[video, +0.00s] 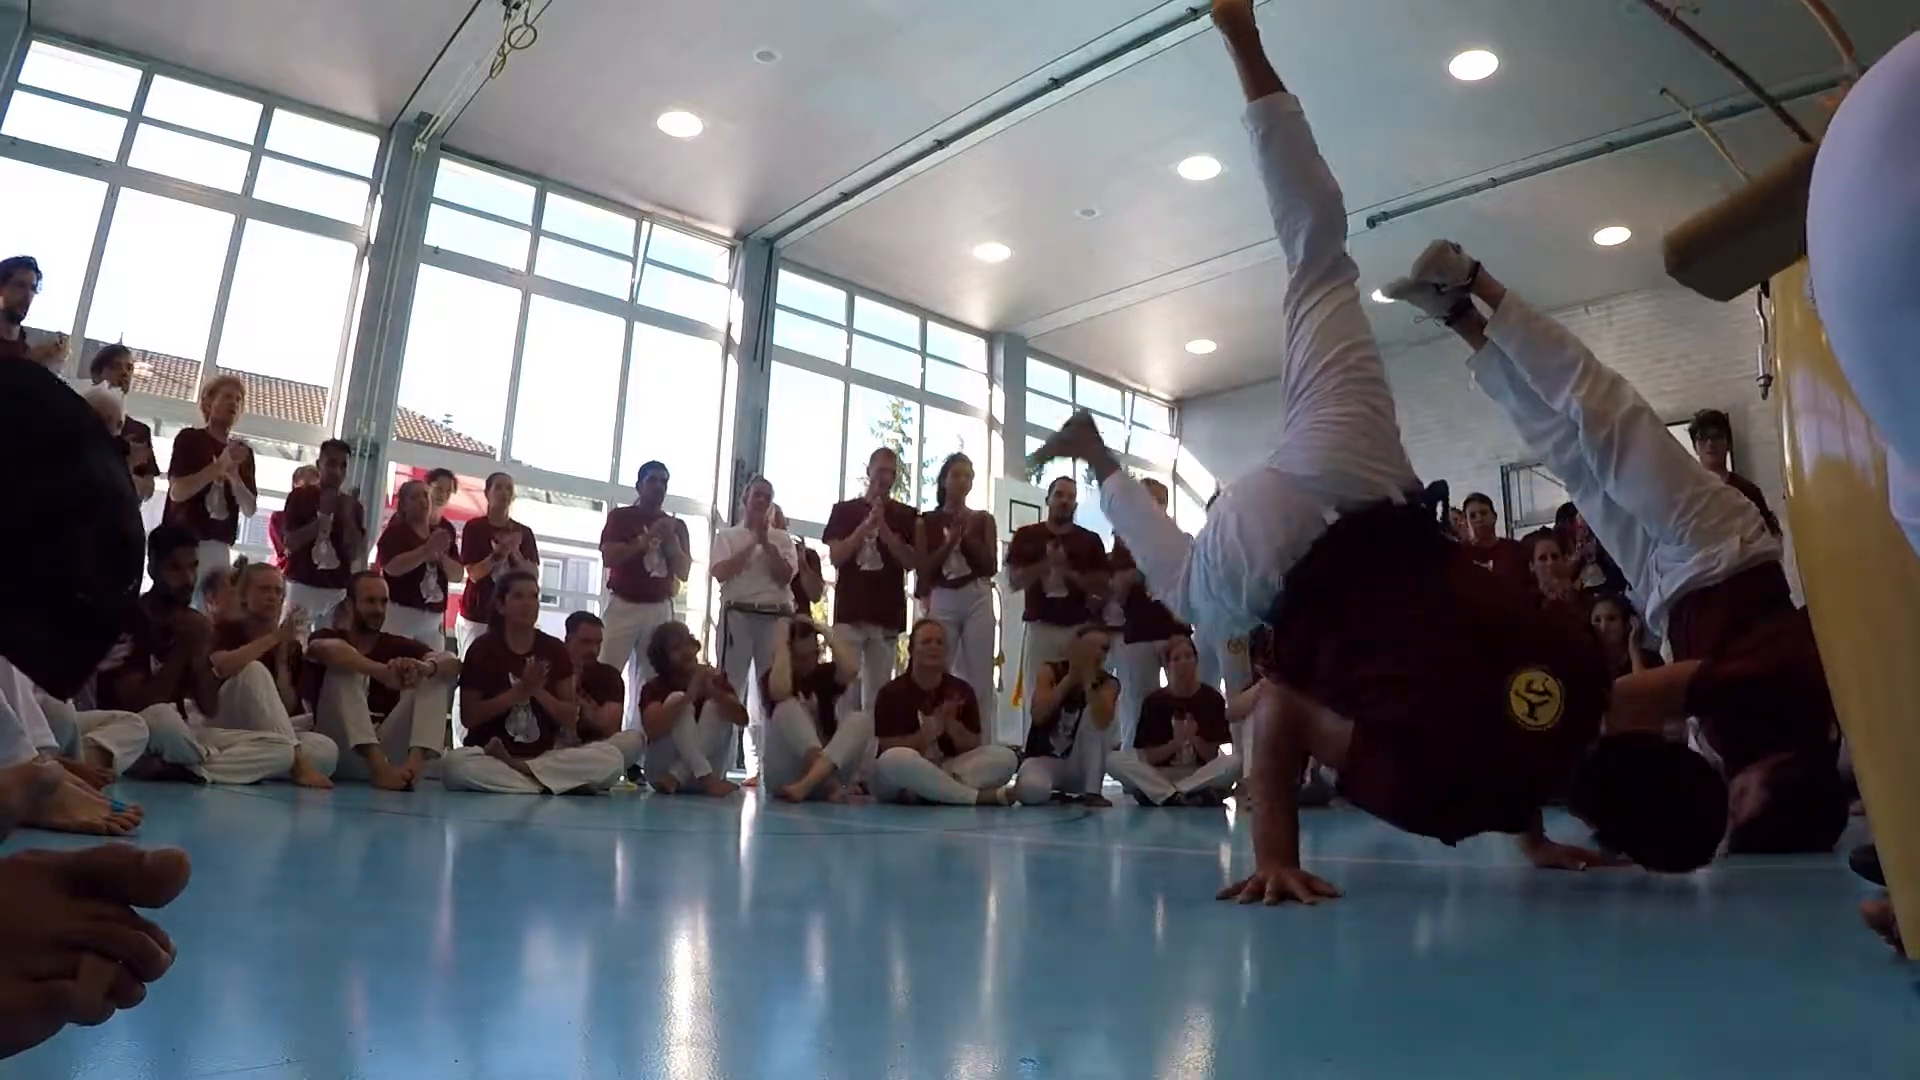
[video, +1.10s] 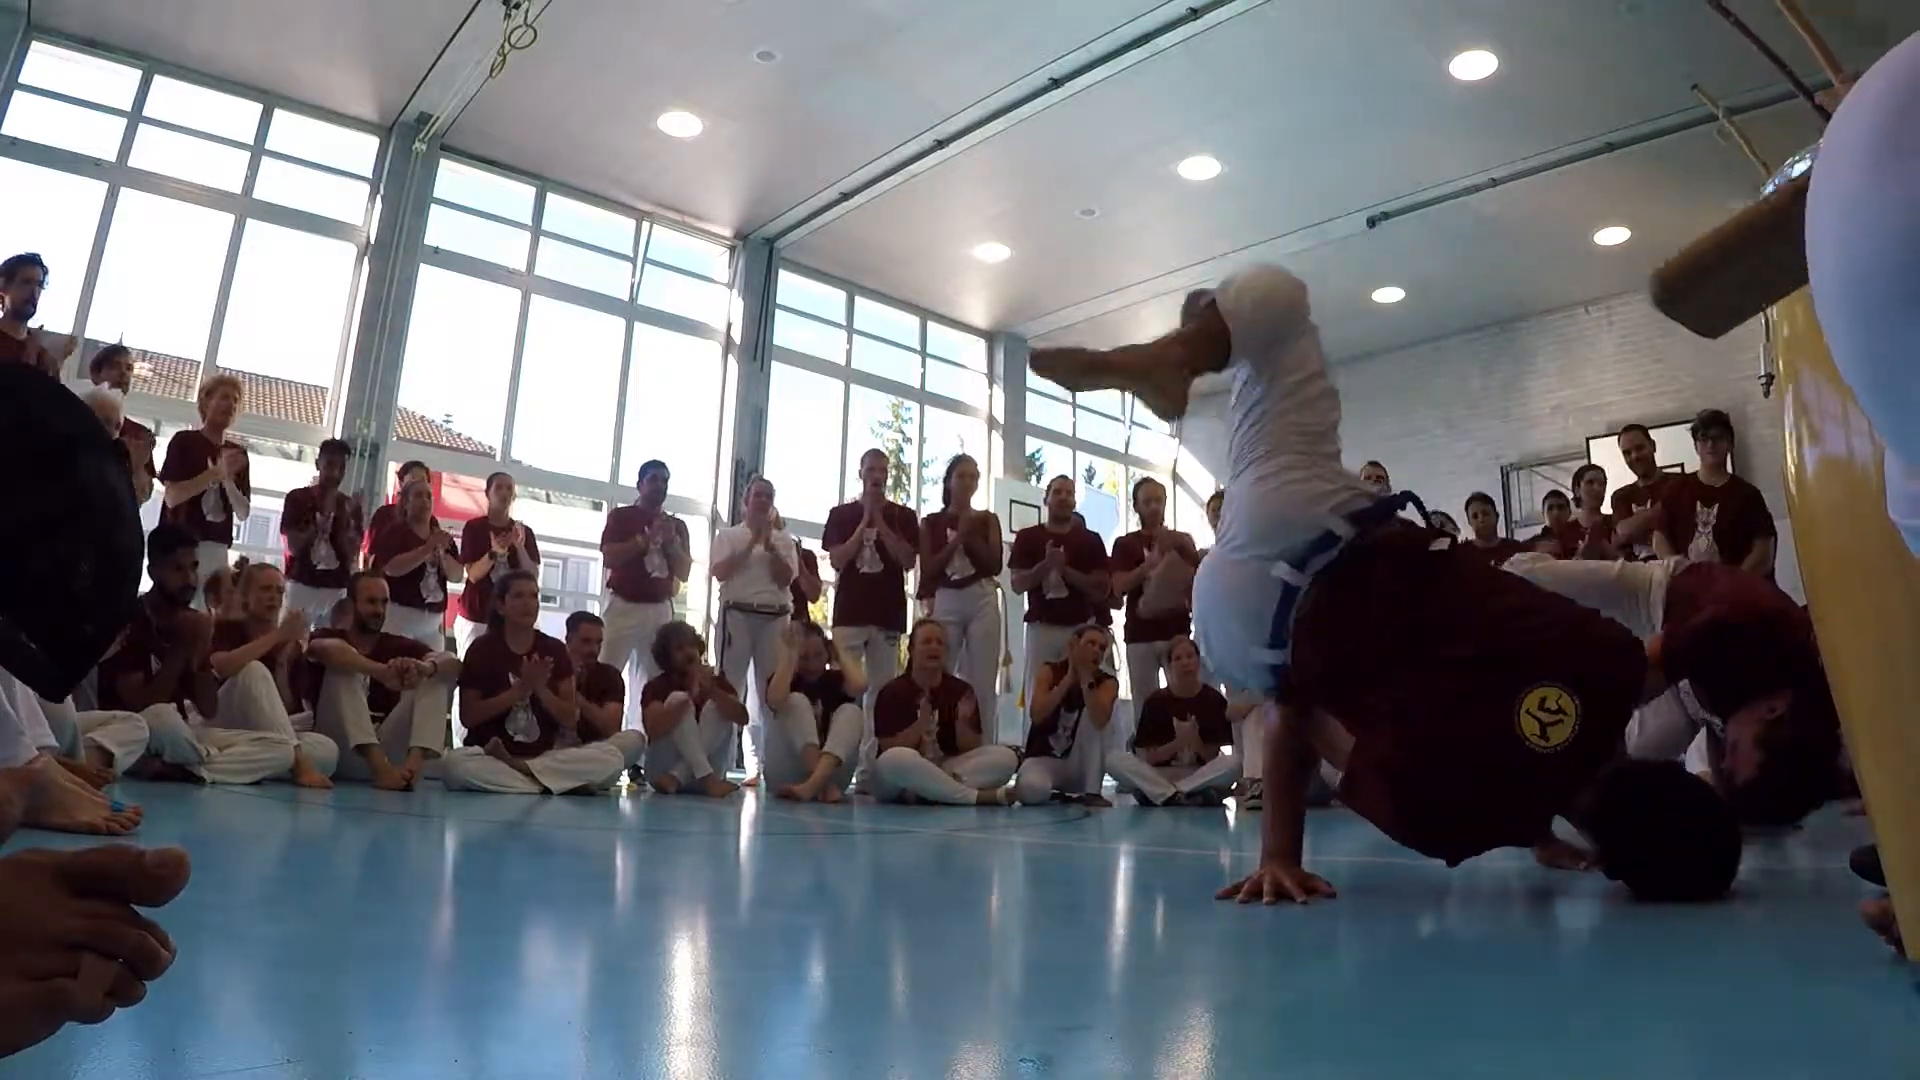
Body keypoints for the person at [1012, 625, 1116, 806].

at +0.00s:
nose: (1098, 654)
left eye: (1104, 649)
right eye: (1093, 646)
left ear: (1107, 652)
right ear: (1076, 645)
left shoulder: (1108, 683)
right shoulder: (1049, 671)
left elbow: (1102, 719)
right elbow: (1039, 715)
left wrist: (1089, 680)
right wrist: (1070, 679)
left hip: (1081, 763)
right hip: (1043, 761)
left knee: (1095, 713)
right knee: (1032, 792)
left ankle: (1093, 792)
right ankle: (1057, 798)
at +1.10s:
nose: (1096, 651)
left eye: (1102, 648)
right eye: (1091, 643)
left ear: (1105, 654)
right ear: (1074, 643)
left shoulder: (1106, 681)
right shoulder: (1049, 671)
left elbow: (1100, 718)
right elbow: (1038, 715)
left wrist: (1085, 674)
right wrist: (1069, 679)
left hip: (1081, 763)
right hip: (1043, 761)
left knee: (1095, 712)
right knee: (1031, 792)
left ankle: (1092, 792)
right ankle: (1057, 797)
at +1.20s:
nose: (1097, 650)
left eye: (1102, 647)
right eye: (1091, 643)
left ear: (1105, 655)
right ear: (1074, 645)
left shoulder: (1102, 680)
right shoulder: (1048, 671)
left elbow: (1101, 721)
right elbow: (1037, 716)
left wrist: (1089, 678)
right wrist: (1065, 675)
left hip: (1079, 763)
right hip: (1042, 762)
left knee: (1094, 712)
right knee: (1032, 791)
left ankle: (1092, 791)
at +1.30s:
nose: (1096, 651)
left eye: (1102, 647)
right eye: (1090, 643)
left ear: (1106, 654)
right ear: (1073, 645)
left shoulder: (1107, 682)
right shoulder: (1049, 671)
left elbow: (1101, 720)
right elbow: (1037, 715)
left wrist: (1089, 682)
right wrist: (1063, 676)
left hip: (1084, 760)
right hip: (1044, 757)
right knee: (1033, 790)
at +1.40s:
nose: (1096, 650)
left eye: (1102, 647)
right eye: (1090, 643)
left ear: (1105, 652)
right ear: (1074, 645)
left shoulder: (1108, 682)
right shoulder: (1049, 671)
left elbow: (1100, 721)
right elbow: (1038, 715)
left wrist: (1086, 676)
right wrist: (1070, 680)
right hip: (1042, 760)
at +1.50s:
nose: (1096, 652)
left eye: (1103, 648)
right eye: (1091, 643)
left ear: (1106, 652)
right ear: (1074, 643)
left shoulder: (1108, 682)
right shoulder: (1049, 670)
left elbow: (1101, 720)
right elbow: (1038, 715)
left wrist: (1085, 676)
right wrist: (1071, 679)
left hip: (1076, 759)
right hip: (1040, 754)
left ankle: (1011, 794)